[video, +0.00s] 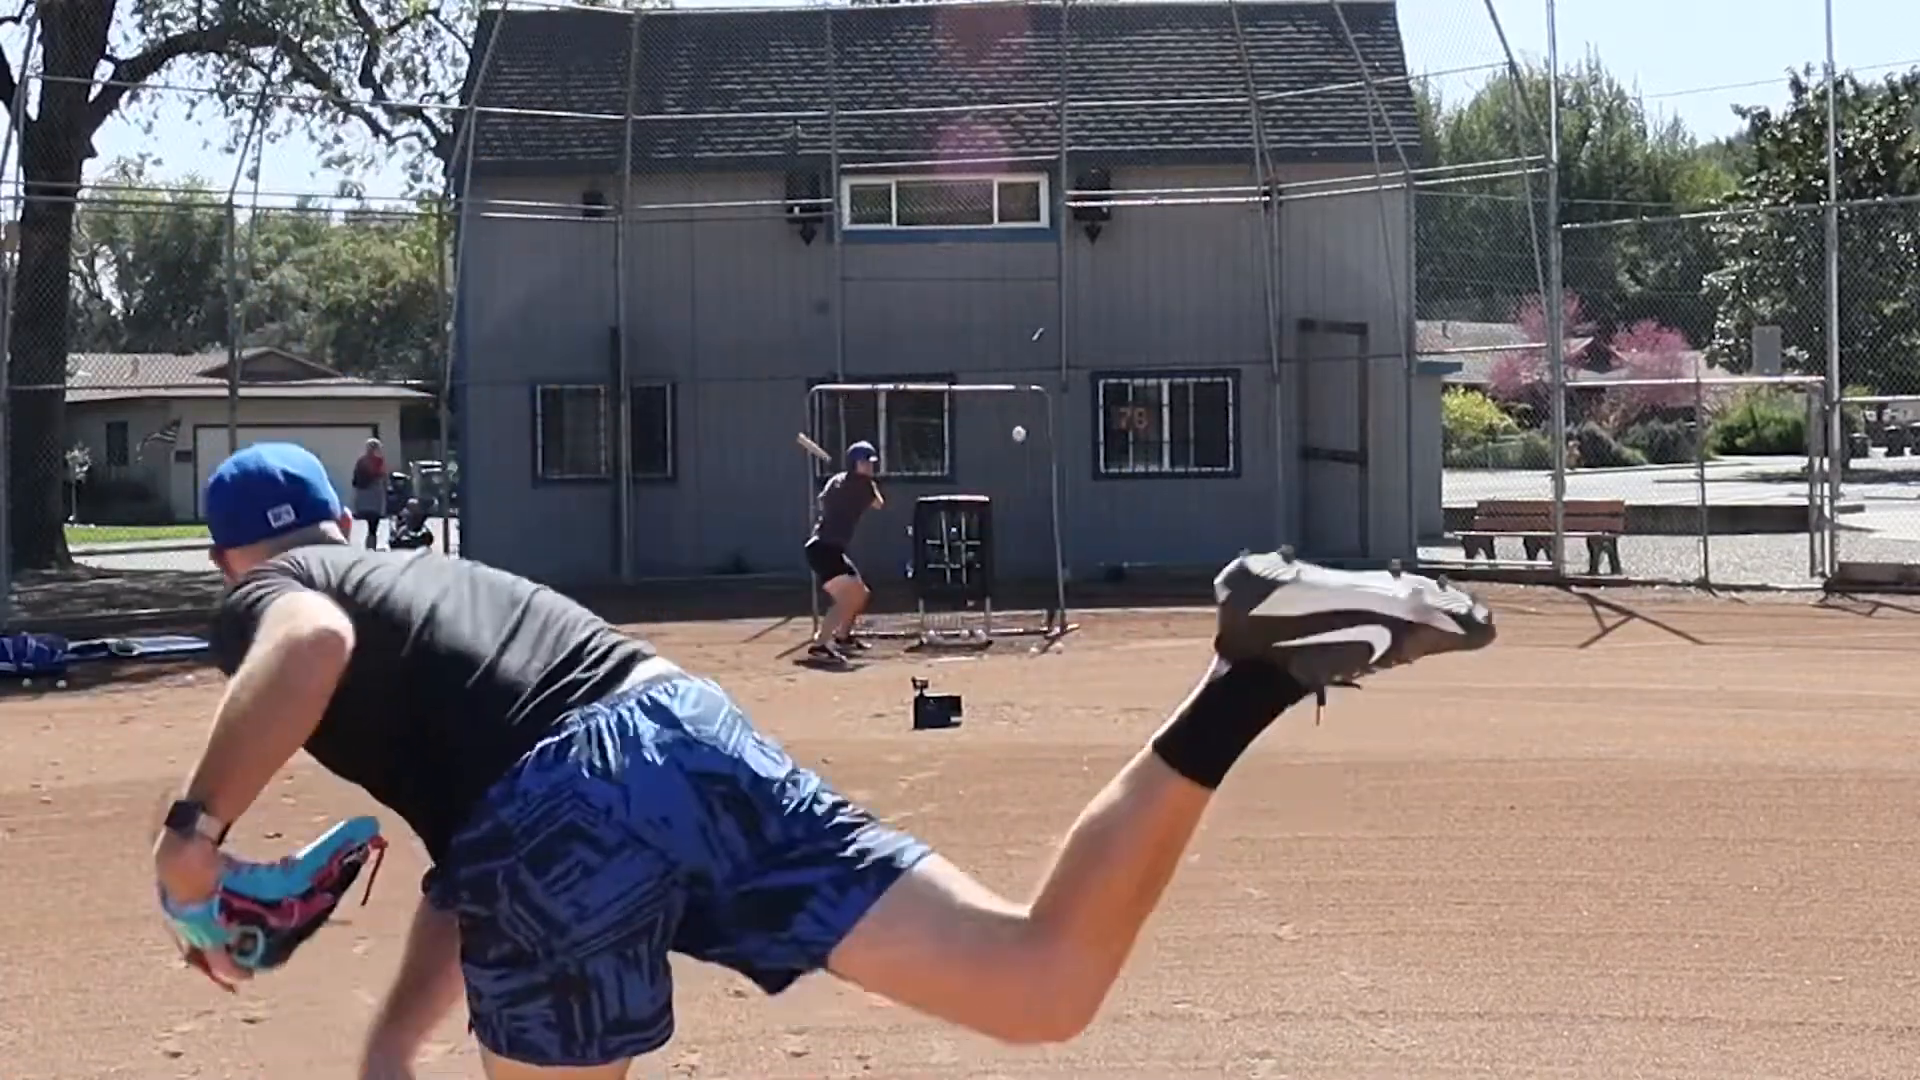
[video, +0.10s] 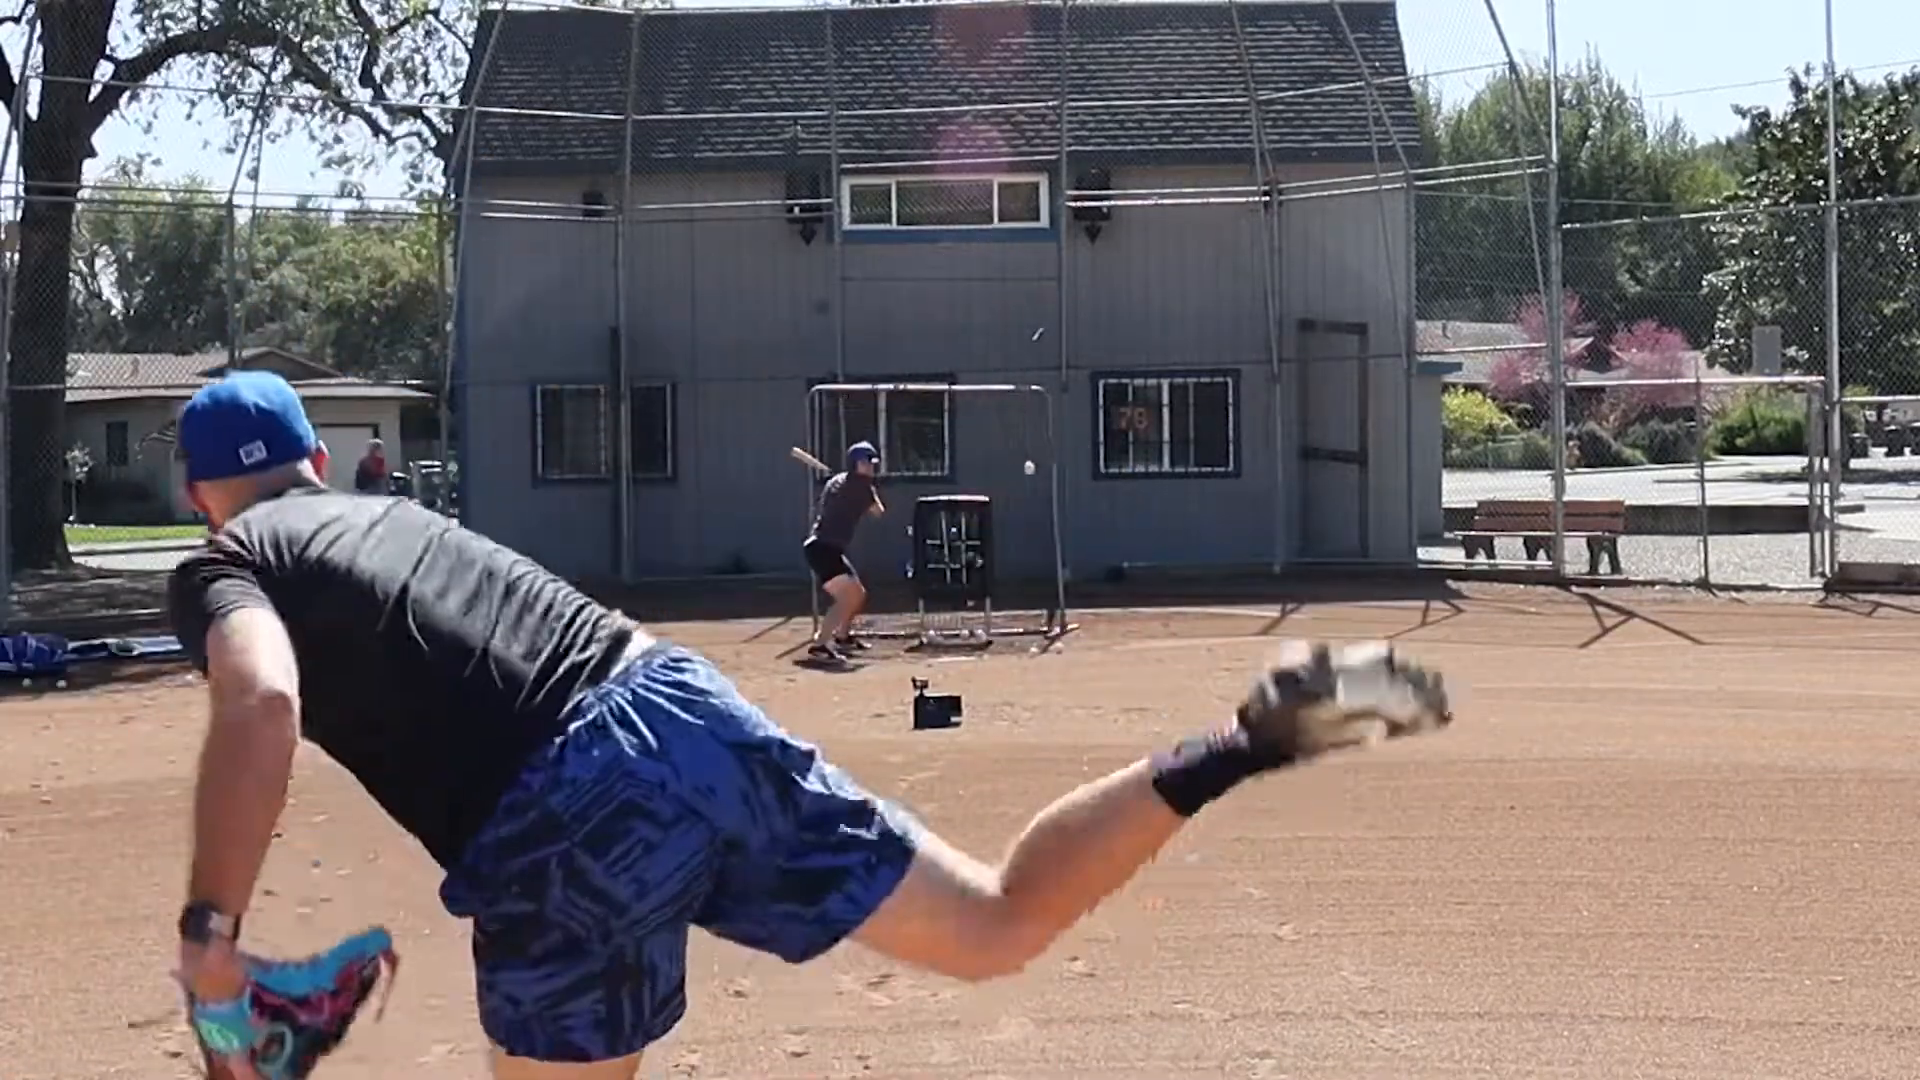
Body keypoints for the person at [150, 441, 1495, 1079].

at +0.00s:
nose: (224, 594)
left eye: (221, 573)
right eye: (226, 579)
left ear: (252, 549)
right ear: (339, 514)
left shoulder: (296, 571)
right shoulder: (434, 578)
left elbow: (310, 636)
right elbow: (458, 882)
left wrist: (196, 828)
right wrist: (382, 1063)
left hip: (553, 812)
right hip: (681, 718)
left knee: (549, 1059)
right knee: (1040, 985)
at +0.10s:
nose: (195, 508)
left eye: (190, 488)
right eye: (214, 485)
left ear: (202, 487)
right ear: (314, 457)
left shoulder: (229, 559)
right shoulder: (390, 517)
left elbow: (261, 701)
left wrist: (205, 929)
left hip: (559, 811)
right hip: (678, 697)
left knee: (563, 1060)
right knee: (989, 926)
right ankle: (1254, 736)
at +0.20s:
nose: (162, 454)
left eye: (155, 434)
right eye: (167, 432)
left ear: (173, 428)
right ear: (288, 397)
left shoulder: (214, 527)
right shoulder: (365, 463)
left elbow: (278, 735)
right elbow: (479, 622)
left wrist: (268, 965)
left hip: (571, 799)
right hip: (682, 687)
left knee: (567, 1063)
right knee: (881, 877)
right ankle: (1200, 910)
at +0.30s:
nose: (152, 390)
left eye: (145, 372)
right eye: (152, 370)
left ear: (152, 378)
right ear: (275, 341)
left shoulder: (209, 489)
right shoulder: (367, 410)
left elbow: (313, 719)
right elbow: (475, 582)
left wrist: (303, 939)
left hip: (570, 801)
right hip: (680, 685)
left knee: (570, 1064)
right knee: (749, 901)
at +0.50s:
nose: (131, 324)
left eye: (124, 302)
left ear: (134, 310)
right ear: (259, 271)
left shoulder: (217, 430)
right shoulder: (353, 352)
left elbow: (335, 688)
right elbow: (413, 540)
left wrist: (305, 910)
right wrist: (271, 615)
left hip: (550, 768)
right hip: (626, 702)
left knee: (568, 1062)